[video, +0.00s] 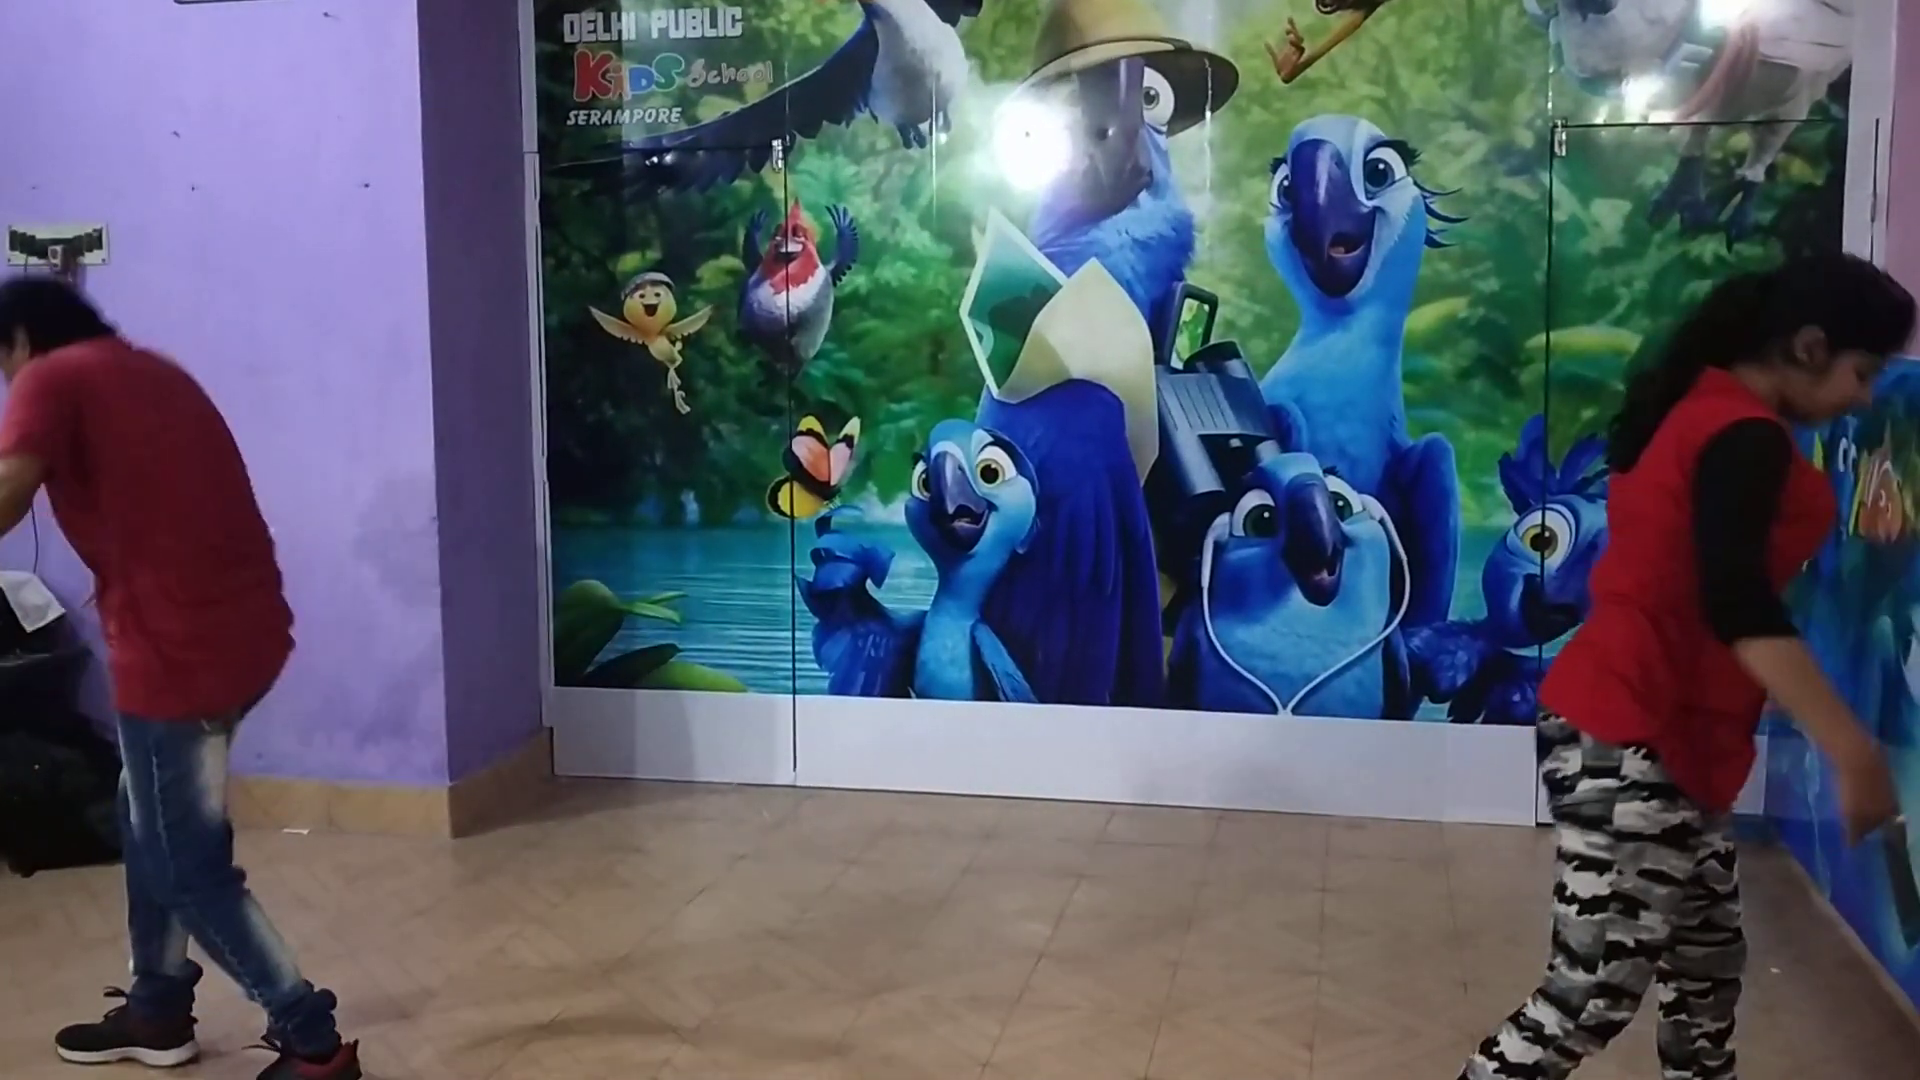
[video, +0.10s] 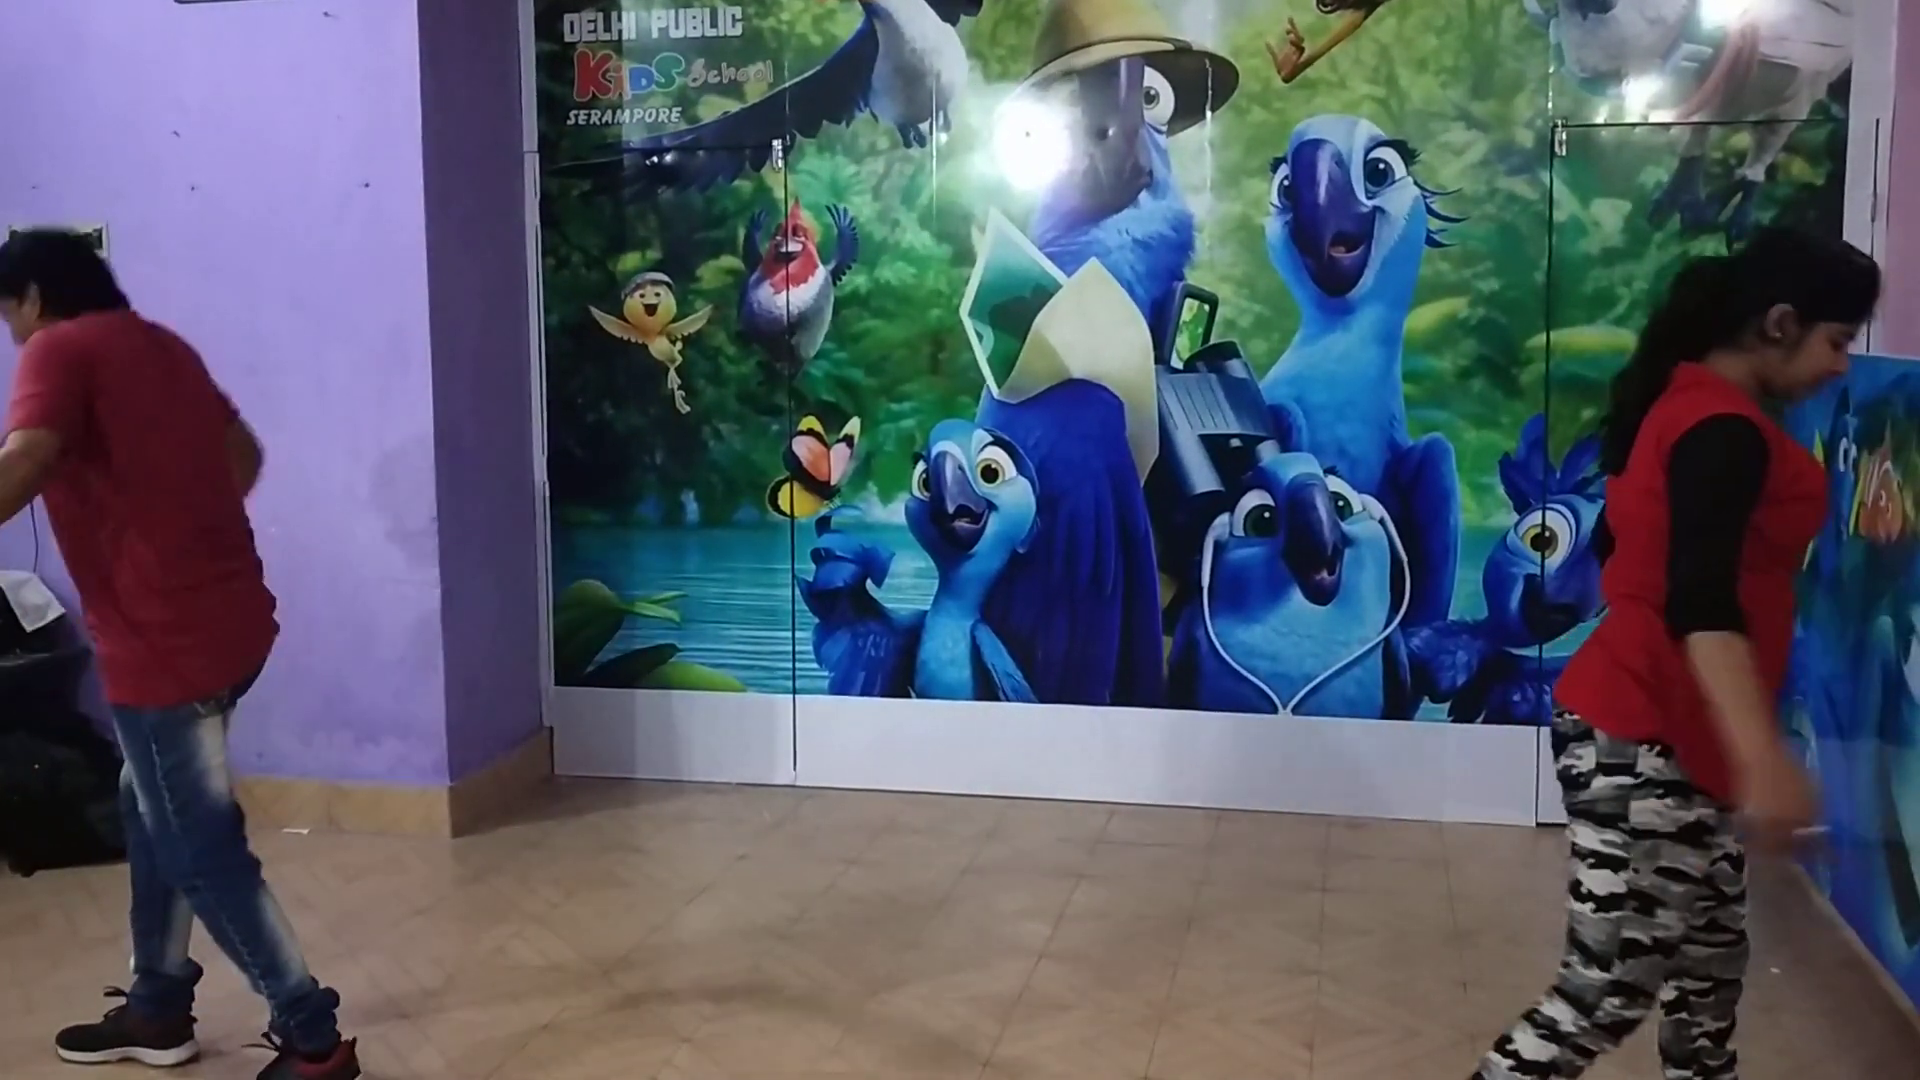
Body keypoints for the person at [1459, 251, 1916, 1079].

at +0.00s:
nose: (1864, 395)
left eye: (1873, 377)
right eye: (1864, 372)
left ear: (1800, 341)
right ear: (1809, 345)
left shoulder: (1704, 405)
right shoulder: (1744, 434)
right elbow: (1741, 607)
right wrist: (1854, 752)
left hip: (1662, 740)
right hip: (1619, 738)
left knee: (1706, 964)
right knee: (1591, 990)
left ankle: (1699, 1072)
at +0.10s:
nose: (1842, 363)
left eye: (1848, 345)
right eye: (1837, 341)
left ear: (1775, 323)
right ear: (1779, 323)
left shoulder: (1706, 406)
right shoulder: (1720, 428)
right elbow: (1701, 608)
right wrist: (1768, 764)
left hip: (1685, 733)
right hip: (1632, 731)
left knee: (1709, 965)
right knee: (1607, 988)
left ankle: (1700, 1072)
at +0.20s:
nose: (1817, 354)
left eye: (1820, 335)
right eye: (1810, 331)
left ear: (1742, 319)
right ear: (1748, 319)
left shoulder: (1677, 411)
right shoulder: (1700, 436)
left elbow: (1622, 592)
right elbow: (1669, 618)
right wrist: (1668, 776)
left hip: (1689, 747)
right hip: (1642, 753)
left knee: (1708, 1000)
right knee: (1622, 1001)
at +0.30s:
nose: (1785, 353)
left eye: (1787, 333)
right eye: (1776, 331)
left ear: (1707, 322)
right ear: (1713, 321)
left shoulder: (1645, 419)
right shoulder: (1669, 443)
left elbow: (1576, 605)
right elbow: (1635, 633)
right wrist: (1603, 798)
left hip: (1674, 762)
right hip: (1639, 768)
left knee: (1706, 1000)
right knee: (1627, 1020)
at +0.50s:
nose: (1693, 380)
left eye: (1697, 360)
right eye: (1687, 357)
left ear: (1621, 348)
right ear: (1628, 348)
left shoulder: (1555, 443)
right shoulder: (1578, 472)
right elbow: (1543, 671)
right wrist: (1526, 846)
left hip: (1586, 788)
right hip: (1544, 799)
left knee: (1665, 981)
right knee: (1584, 1032)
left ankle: (1675, 1070)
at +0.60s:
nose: (1642, 393)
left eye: (1644, 373)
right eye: (1635, 371)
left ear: (1568, 366)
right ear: (1575, 366)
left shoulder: (1499, 454)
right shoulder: (1528, 488)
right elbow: (1498, 693)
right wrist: (1488, 869)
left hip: (1498, 788)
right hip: (1464, 806)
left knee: (1627, 955)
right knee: (1567, 1026)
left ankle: (1612, 1066)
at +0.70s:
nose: (1581, 403)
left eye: (1584, 382)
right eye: (1574, 381)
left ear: (1508, 374)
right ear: (1516, 376)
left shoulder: (1436, 461)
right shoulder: (1471, 498)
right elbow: (1442, 704)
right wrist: (1437, 880)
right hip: (1412, 810)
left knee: (1571, 958)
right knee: (1538, 1005)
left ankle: (1511, 1063)